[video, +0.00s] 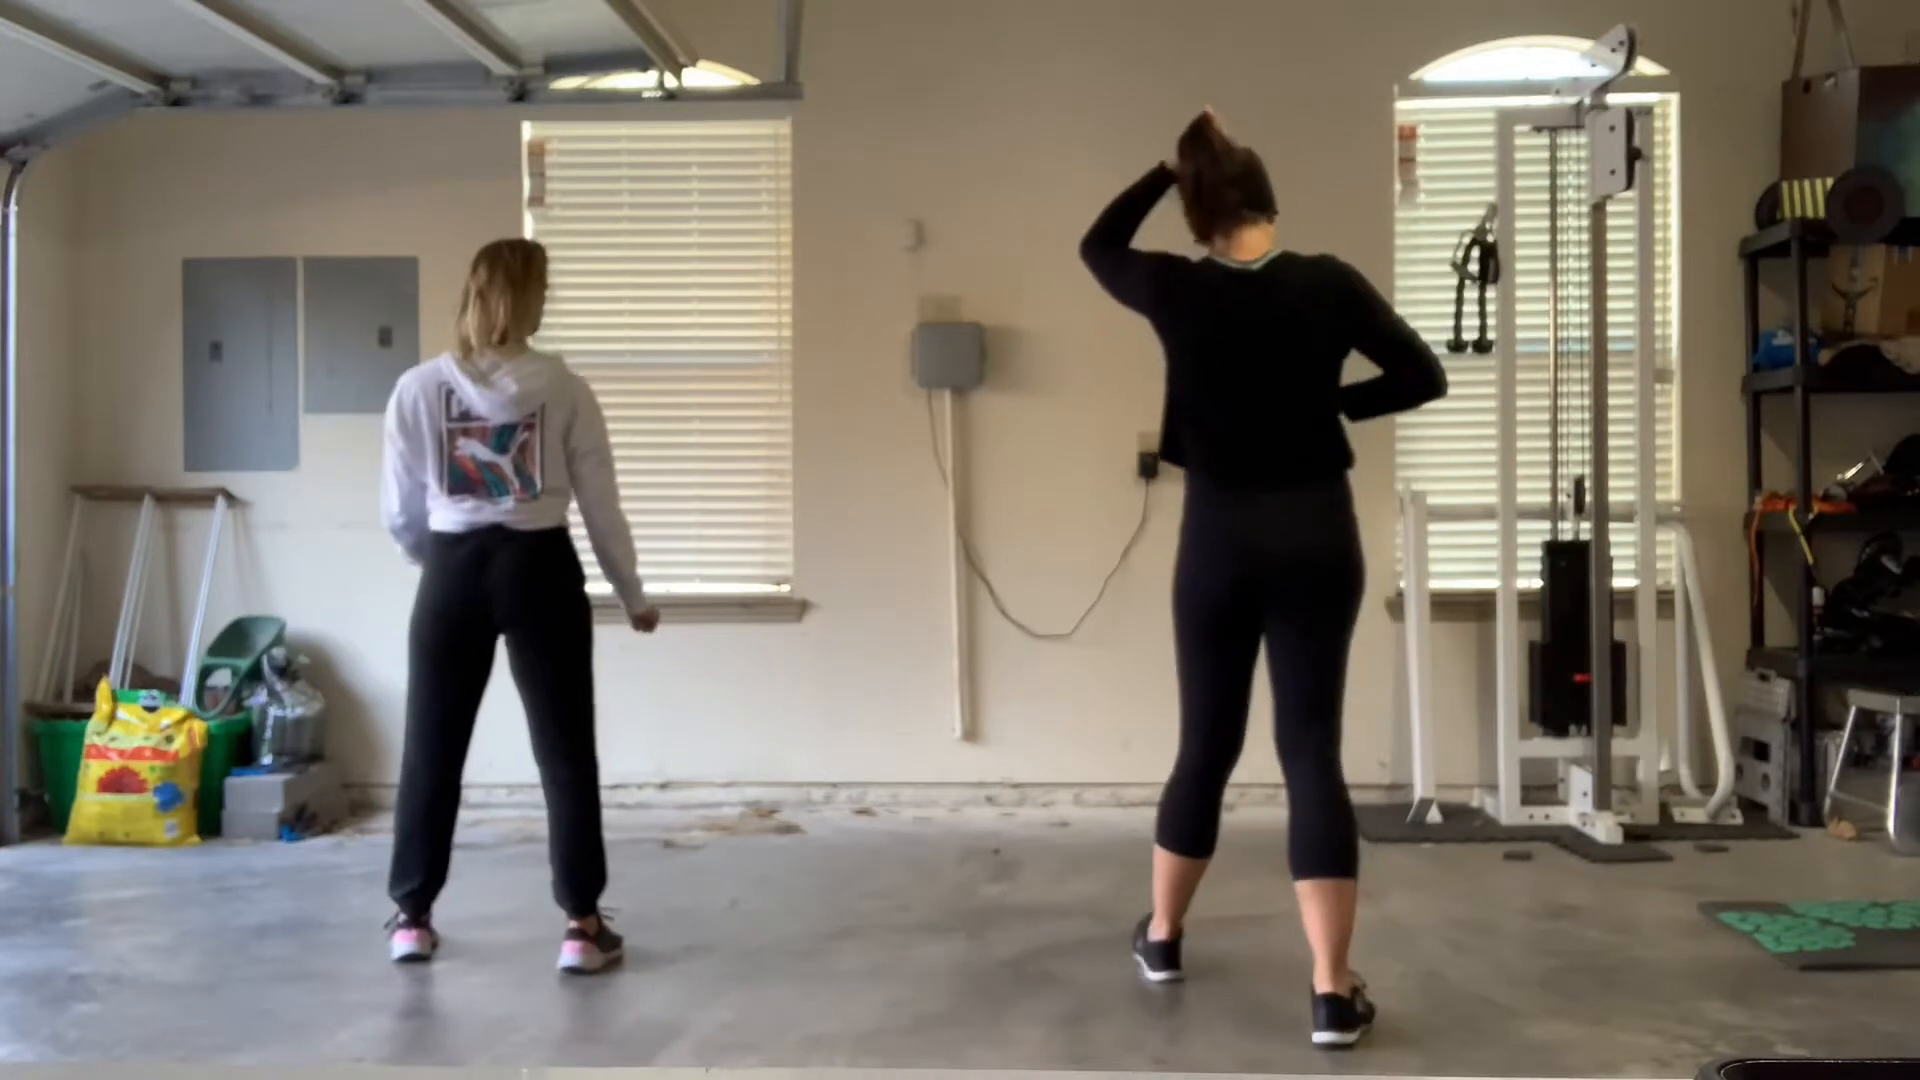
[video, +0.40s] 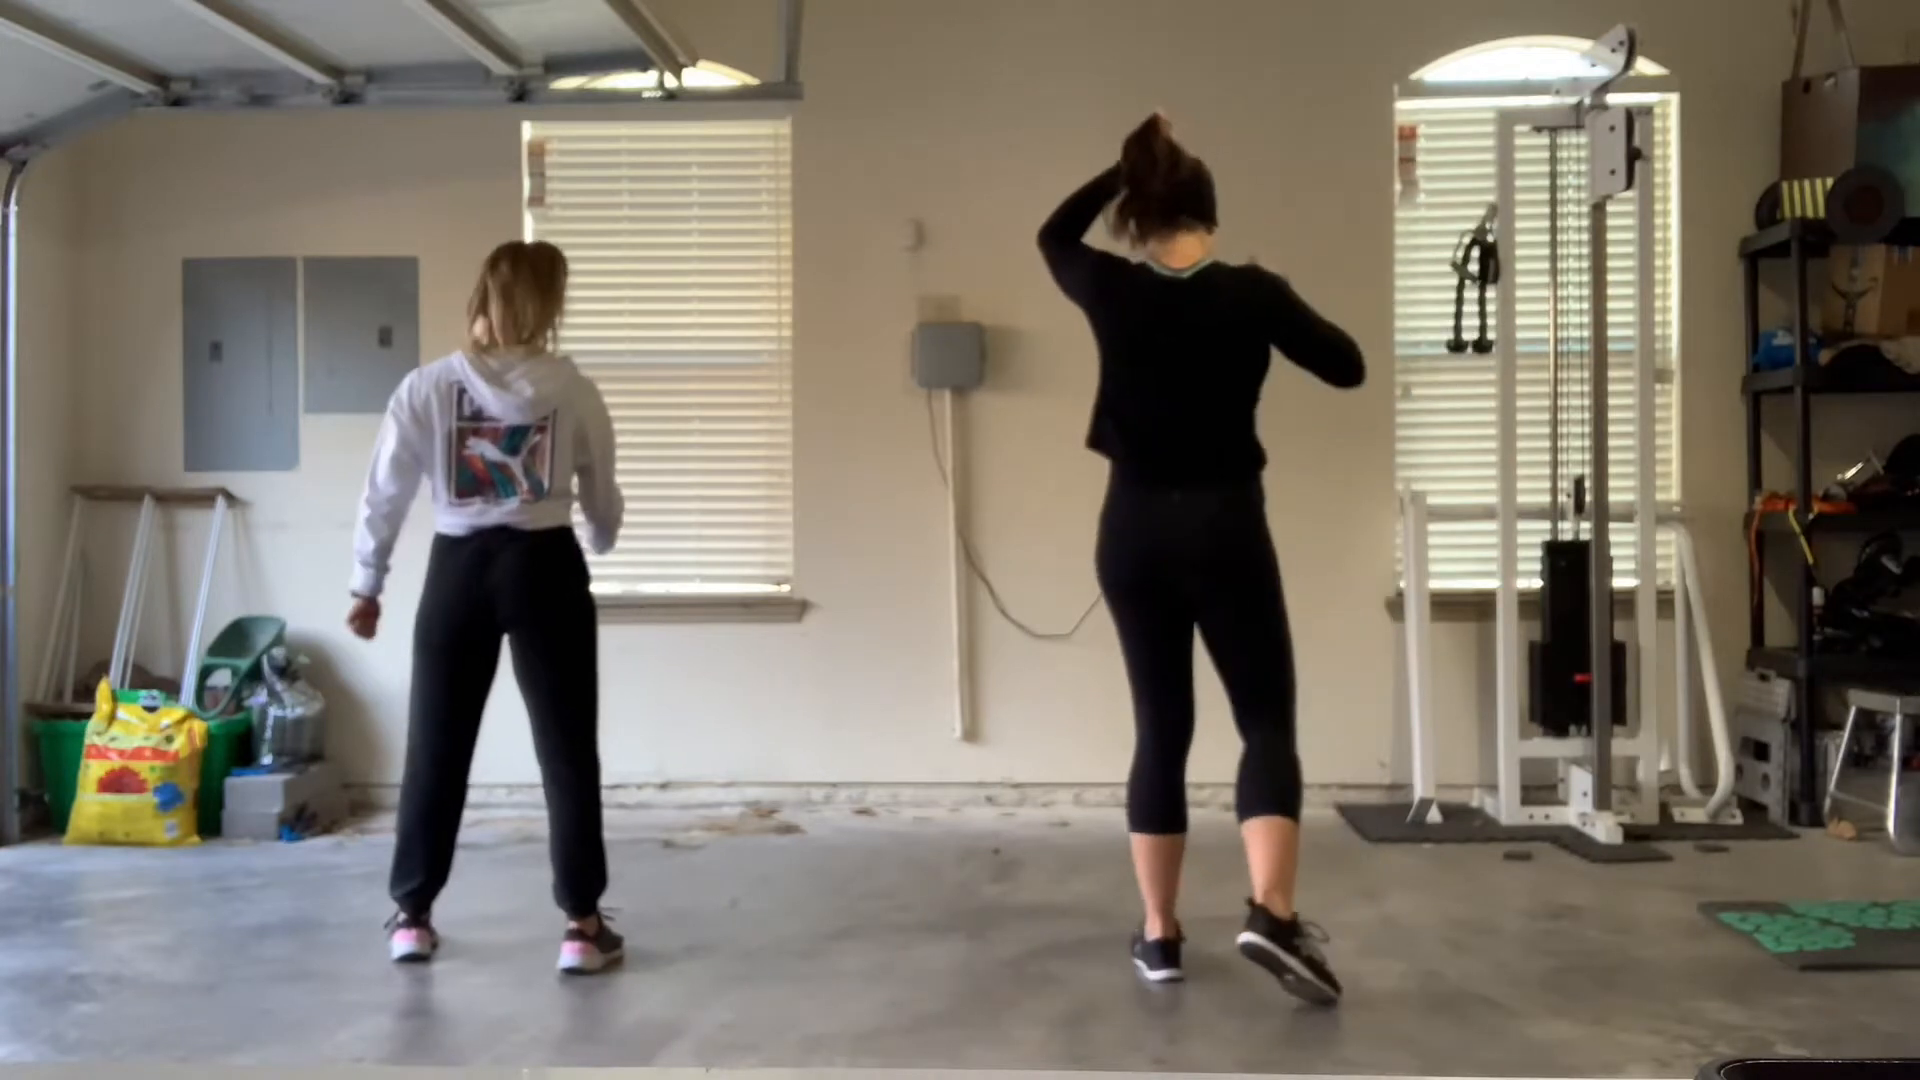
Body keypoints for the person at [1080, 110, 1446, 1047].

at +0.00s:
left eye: (1201, 215)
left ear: (1196, 219)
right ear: (1271, 203)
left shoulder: (1181, 291)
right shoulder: (1329, 284)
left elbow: (1101, 246)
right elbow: (1422, 380)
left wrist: (1167, 170)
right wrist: (1333, 405)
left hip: (1218, 552)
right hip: (1319, 547)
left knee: (1206, 746)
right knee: (1313, 755)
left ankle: (1162, 938)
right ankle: (1331, 991)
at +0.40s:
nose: (1171, 229)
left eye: (1152, 220)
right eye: (1202, 214)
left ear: (1137, 224)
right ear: (1213, 217)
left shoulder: (1115, 291)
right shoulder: (1253, 296)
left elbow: (1056, 237)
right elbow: (1347, 368)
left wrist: (1120, 173)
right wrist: (1274, 311)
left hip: (1132, 538)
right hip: (1229, 537)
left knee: (1159, 730)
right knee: (1265, 722)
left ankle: (1159, 937)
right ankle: (1272, 913)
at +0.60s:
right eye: (1200, 221)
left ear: (1134, 228)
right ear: (1213, 228)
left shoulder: (1111, 294)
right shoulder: (1237, 296)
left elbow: (1059, 237)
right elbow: (1307, 277)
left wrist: (1115, 181)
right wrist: (1247, 212)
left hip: (1123, 539)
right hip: (1217, 538)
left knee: (1156, 726)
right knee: (1242, 718)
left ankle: (1159, 936)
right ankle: (1241, 907)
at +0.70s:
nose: (1182, 238)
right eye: (1195, 224)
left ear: (1137, 234)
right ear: (1212, 231)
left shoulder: (1111, 293)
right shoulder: (1238, 295)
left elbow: (1056, 229)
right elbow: (1298, 248)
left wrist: (1125, 174)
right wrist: (1236, 192)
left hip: (1125, 539)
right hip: (1217, 538)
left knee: (1154, 727)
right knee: (1243, 715)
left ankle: (1159, 933)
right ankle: (1246, 899)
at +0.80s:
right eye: (1201, 219)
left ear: (1137, 229)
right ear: (1213, 228)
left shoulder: (1112, 287)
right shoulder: (1240, 290)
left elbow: (1055, 211)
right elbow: (1297, 231)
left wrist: (1133, 155)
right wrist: (1232, 180)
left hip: (1128, 535)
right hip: (1220, 532)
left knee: (1155, 727)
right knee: (1247, 710)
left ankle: (1159, 932)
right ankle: (1268, 895)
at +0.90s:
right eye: (1208, 214)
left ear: (1141, 226)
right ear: (1215, 225)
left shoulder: (1119, 287)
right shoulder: (1248, 291)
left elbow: (1063, 192)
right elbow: (1296, 226)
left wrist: (1144, 141)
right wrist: (1228, 176)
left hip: (1131, 532)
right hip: (1225, 531)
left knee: (1157, 727)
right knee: (1253, 708)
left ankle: (1161, 933)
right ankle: (1302, 891)